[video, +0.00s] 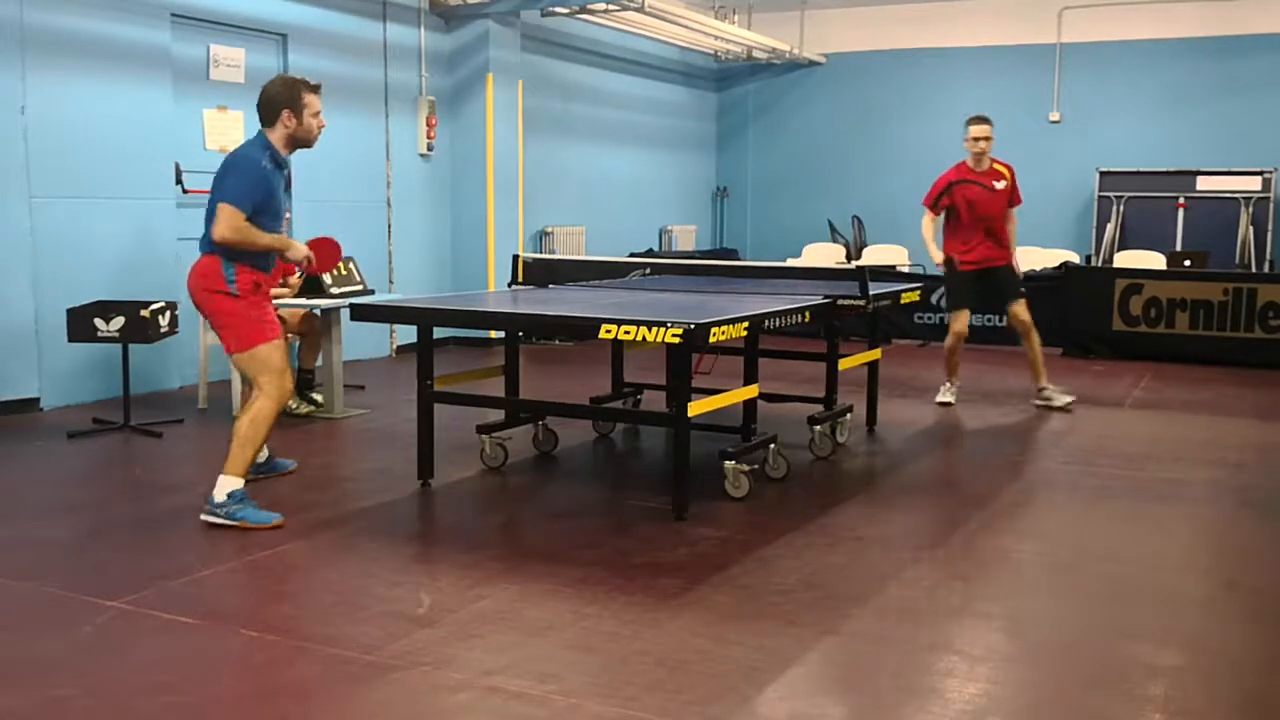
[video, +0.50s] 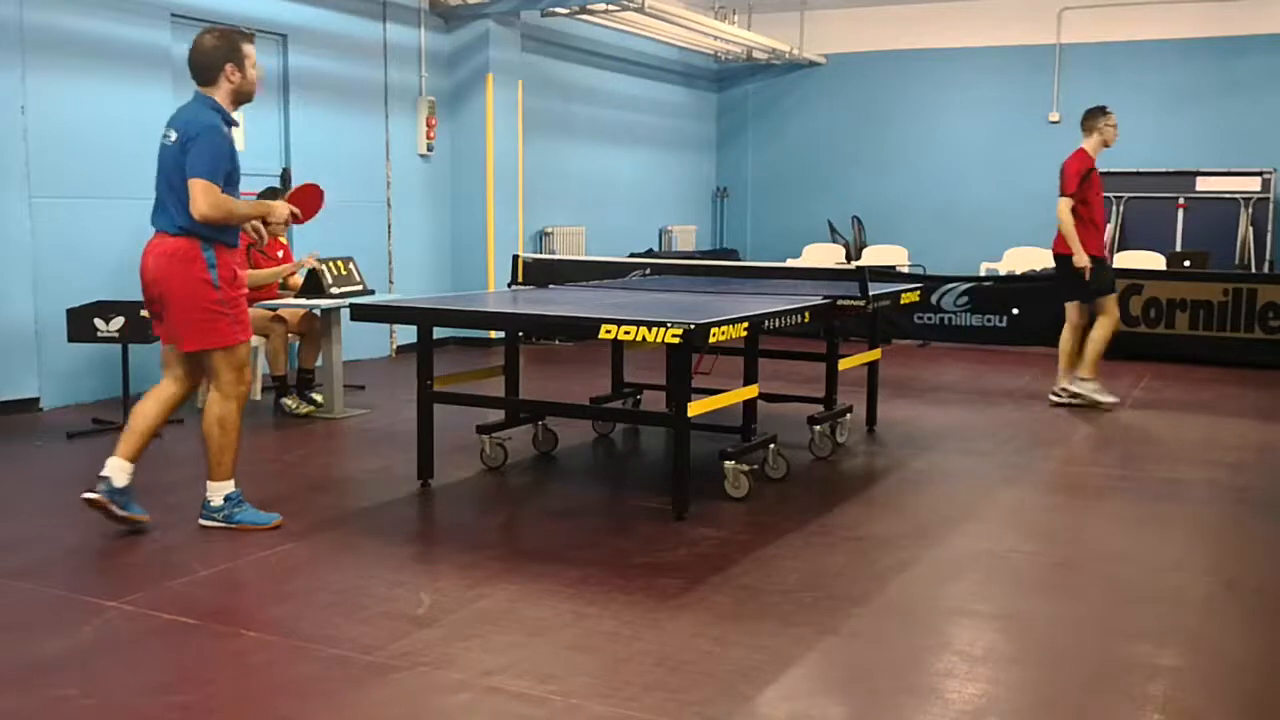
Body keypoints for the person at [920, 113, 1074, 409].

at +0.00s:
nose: (980, 145)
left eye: (985, 140)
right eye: (975, 140)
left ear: (992, 142)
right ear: (965, 142)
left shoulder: (1005, 173)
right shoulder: (951, 178)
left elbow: (1010, 217)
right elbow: (929, 216)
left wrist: (1012, 255)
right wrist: (934, 250)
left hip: (999, 262)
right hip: (961, 264)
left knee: (1025, 322)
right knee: (958, 331)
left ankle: (1042, 387)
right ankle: (950, 383)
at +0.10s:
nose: (1013, 146)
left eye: (1017, 140)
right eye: (1006, 141)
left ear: (1022, 141)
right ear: (992, 144)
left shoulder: (1028, 175)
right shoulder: (978, 178)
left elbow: (1027, 221)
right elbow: (950, 213)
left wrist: (1027, 258)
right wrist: (958, 242)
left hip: (1019, 270)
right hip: (984, 271)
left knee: (1049, 320)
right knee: (973, 333)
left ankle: (1060, 389)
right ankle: (951, 384)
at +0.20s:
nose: (1046, 139)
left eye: (1048, 134)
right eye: (1040, 135)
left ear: (1048, 137)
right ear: (1023, 137)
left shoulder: (1048, 169)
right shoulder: (1005, 173)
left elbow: (1048, 211)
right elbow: (979, 215)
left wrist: (1050, 248)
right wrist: (994, 241)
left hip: (1044, 264)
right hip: (1013, 265)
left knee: (1067, 320)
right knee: (999, 325)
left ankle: (1063, 389)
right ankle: (955, 379)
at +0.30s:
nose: (1073, 135)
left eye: (1075, 129)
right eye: (1068, 129)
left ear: (1072, 132)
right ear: (1050, 132)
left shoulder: (1067, 166)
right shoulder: (1029, 169)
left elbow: (1063, 211)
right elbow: (1012, 214)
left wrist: (1070, 249)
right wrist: (1033, 247)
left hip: (1065, 257)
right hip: (1040, 258)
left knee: (1075, 320)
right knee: (1037, 322)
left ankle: (1064, 388)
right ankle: (978, 365)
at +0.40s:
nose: (1095, 132)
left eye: (1096, 126)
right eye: (1090, 126)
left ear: (1083, 131)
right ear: (1074, 129)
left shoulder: (1079, 167)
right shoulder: (1053, 165)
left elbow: (1076, 214)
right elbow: (1039, 212)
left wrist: (1086, 251)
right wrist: (1061, 250)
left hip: (1081, 254)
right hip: (1061, 254)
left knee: (1076, 321)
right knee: (1078, 318)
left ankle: (1064, 387)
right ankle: (1023, 365)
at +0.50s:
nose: (1117, 132)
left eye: (1116, 127)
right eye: (1113, 127)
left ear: (1098, 130)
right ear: (1097, 129)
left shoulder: (1086, 164)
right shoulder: (1076, 163)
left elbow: (1079, 212)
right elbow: (1064, 211)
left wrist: (1093, 249)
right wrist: (1078, 251)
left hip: (1080, 254)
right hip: (1084, 254)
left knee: (1075, 318)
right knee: (1109, 315)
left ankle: (1063, 383)